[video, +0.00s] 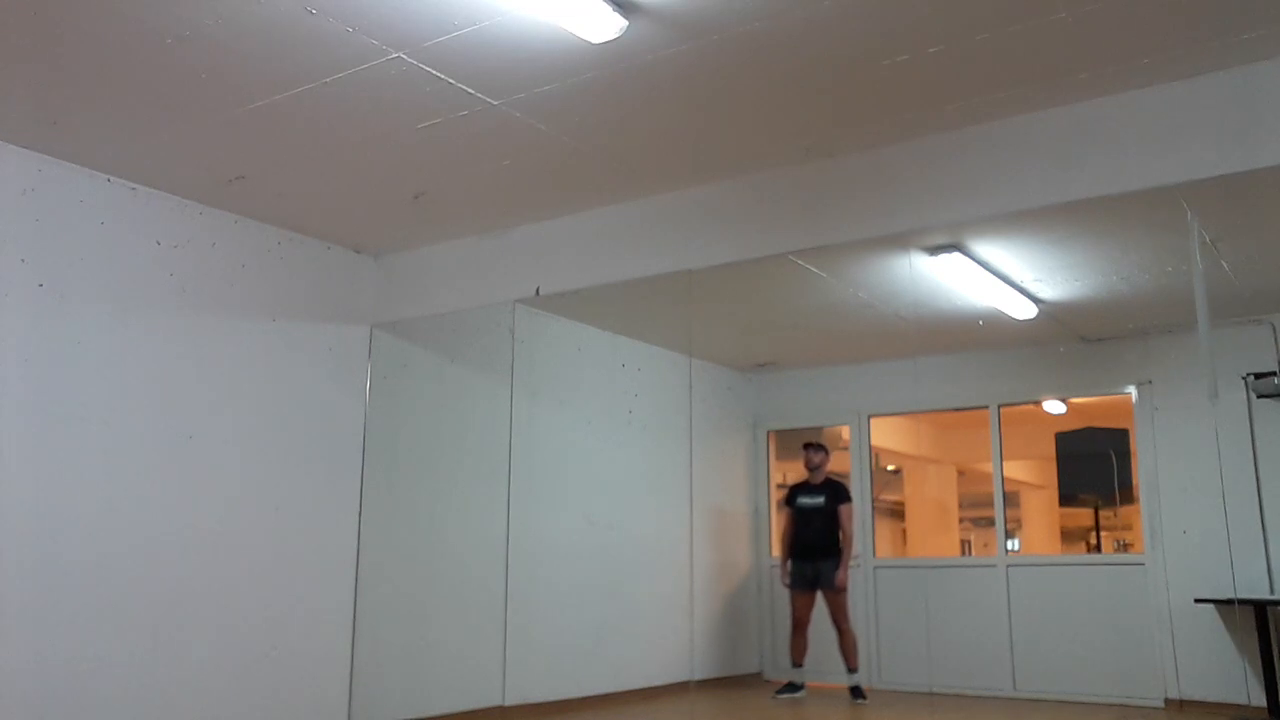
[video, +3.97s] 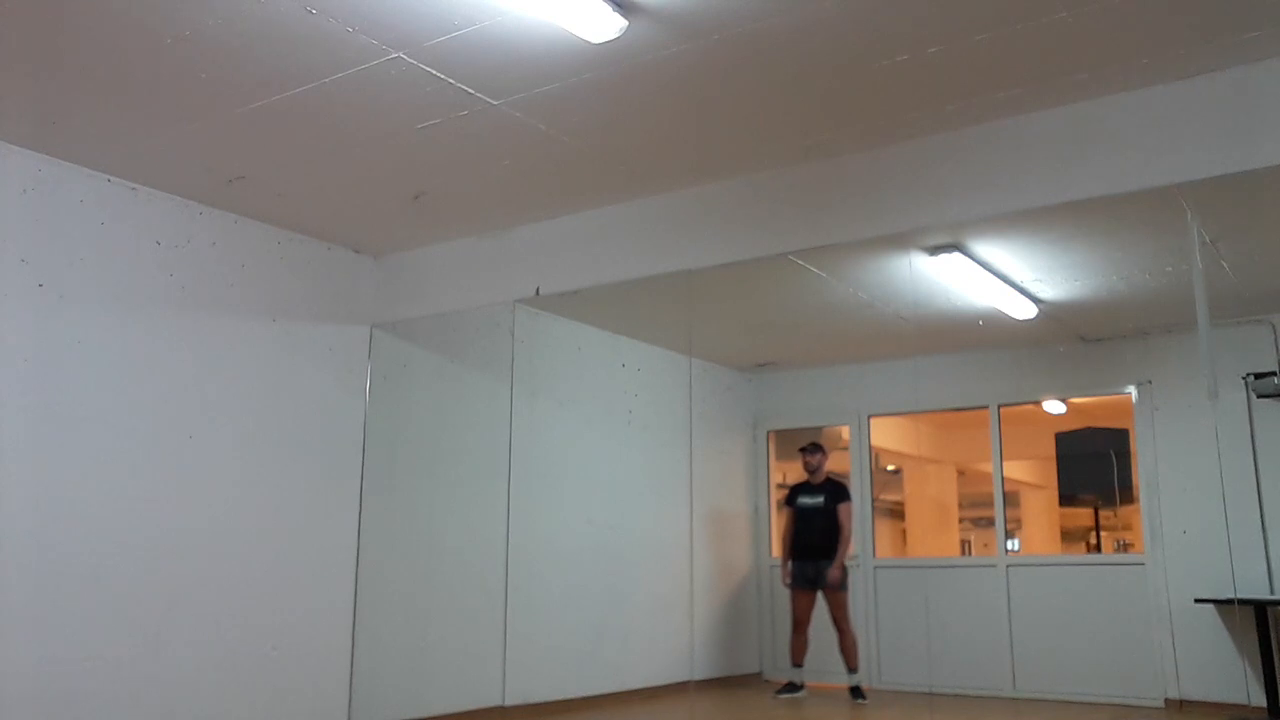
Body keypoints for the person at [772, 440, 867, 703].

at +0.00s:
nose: (812, 458)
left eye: (817, 454)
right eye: (808, 454)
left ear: (827, 459)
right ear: (804, 459)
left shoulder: (838, 490)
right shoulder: (795, 491)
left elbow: (847, 531)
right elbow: (788, 528)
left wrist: (844, 567)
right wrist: (784, 562)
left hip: (830, 563)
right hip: (801, 564)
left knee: (842, 623)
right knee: (799, 623)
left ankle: (854, 682)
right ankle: (796, 680)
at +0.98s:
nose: (812, 459)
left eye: (817, 454)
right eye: (808, 454)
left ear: (827, 459)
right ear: (804, 459)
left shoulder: (838, 489)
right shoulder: (795, 491)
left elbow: (847, 530)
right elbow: (787, 528)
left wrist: (844, 566)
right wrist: (784, 562)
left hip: (830, 564)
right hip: (801, 564)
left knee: (842, 623)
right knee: (799, 623)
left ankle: (854, 681)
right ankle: (796, 680)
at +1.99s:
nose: (808, 460)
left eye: (813, 455)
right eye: (805, 456)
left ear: (824, 458)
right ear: (801, 461)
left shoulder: (838, 490)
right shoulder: (795, 492)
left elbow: (846, 531)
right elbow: (788, 529)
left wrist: (843, 567)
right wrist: (785, 562)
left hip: (830, 563)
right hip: (801, 564)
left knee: (841, 623)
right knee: (799, 624)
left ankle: (854, 682)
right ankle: (796, 680)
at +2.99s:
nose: (810, 460)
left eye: (815, 455)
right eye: (806, 456)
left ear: (825, 458)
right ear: (803, 461)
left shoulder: (839, 490)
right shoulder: (796, 491)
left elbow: (847, 531)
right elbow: (788, 529)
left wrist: (844, 565)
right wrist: (785, 563)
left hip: (831, 564)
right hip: (802, 565)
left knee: (842, 624)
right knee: (799, 624)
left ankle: (854, 682)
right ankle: (796, 680)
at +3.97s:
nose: (809, 460)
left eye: (814, 455)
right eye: (806, 456)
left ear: (825, 458)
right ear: (802, 460)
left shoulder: (838, 489)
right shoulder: (796, 491)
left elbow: (846, 529)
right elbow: (788, 528)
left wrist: (838, 563)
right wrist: (785, 562)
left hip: (830, 563)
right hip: (801, 564)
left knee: (842, 624)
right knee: (799, 624)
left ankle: (854, 682)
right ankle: (796, 679)